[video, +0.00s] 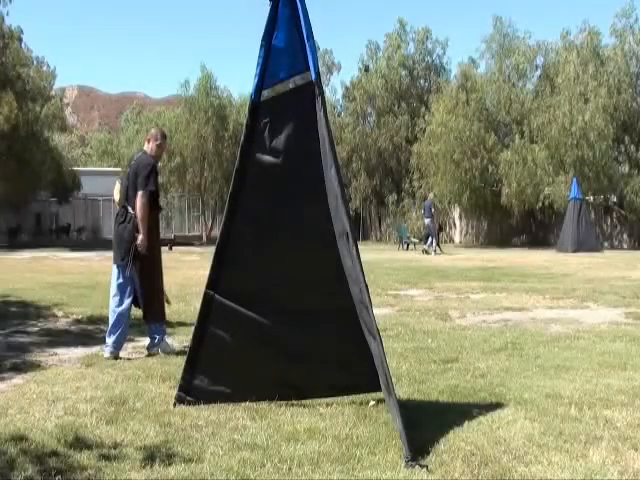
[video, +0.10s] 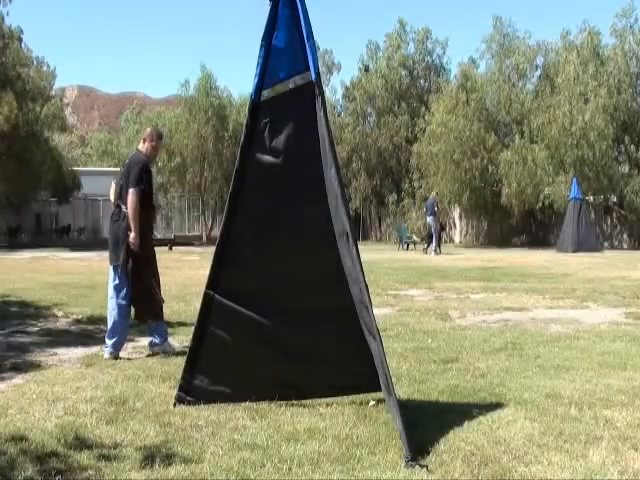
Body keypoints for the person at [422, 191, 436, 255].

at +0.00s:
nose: (432, 197)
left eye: (432, 196)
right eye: (432, 196)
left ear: (428, 196)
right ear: (432, 197)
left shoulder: (425, 202)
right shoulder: (431, 202)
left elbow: (423, 211)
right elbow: (433, 211)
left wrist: (425, 216)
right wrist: (435, 217)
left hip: (425, 219)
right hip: (430, 219)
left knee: (430, 234)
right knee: (434, 234)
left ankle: (426, 246)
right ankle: (434, 249)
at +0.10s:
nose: (436, 197)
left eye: (436, 195)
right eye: (436, 195)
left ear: (431, 195)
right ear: (435, 196)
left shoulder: (427, 201)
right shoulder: (434, 201)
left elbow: (425, 210)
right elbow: (436, 209)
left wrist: (428, 213)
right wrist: (438, 215)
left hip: (428, 217)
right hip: (433, 217)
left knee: (430, 233)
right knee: (435, 233)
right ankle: (434, 250)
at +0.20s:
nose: (438, 196)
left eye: (437, 194)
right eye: (437, 194)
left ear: (432, 194)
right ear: (437, 195)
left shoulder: (429, 200)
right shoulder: (436, 200)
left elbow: (427, 209)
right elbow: (437, 208)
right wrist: (439, 213)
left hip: (430, 217)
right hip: (435, 217)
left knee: (433, 233)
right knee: (435, 234)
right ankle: (434, 250)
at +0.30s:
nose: (438, 197)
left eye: (438, 195)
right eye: (437, 195)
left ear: (433, 195)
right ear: (436, 195)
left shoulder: (431, 202)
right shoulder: (436, 201)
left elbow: (429, 210)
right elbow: (438, 208)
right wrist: (441, 211)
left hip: (432, 217)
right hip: (437, 217)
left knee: (437, 235)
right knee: (439, 236)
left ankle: (439, 250)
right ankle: (434, 250)